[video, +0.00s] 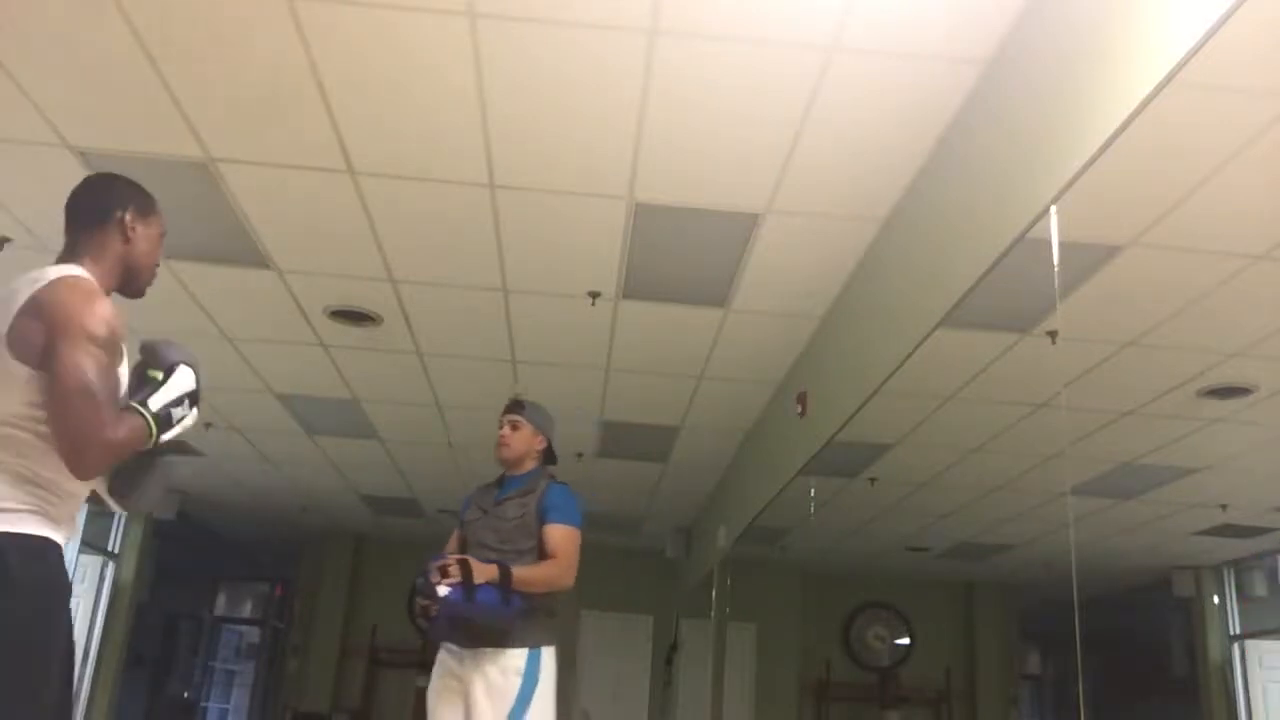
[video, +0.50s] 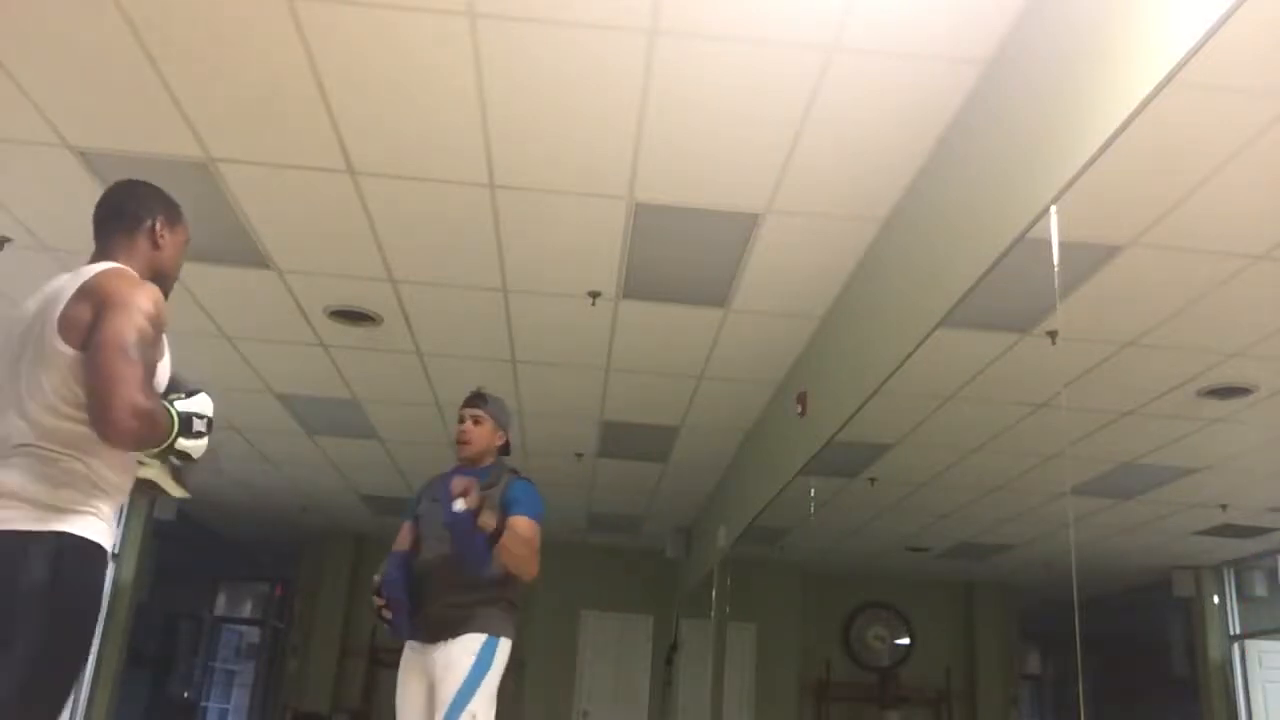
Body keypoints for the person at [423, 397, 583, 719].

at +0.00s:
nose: (502, 433)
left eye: (515, 426)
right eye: (501, 426)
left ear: (540, 442)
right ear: (498, 435)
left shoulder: (556, 495)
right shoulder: (480, 497)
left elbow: (563, 573)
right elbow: (450, 556)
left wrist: (489, 572)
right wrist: (438, 578)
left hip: (516, 657)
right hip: (455, 651)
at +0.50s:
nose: (463, 428)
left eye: (476, 420)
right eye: (460, 420)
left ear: (500, 437)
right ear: (455, 429)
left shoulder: (516, 489)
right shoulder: (434, 488)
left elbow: (528, 566)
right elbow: (401, 550)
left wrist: (482, 516)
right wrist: (389, 587)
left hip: (477, 632)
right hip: (422, 631)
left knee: (460, 713)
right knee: (411, 713)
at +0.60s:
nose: (459, 426)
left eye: (472, 418)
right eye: (457, 419)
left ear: (497, 436)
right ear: (450, 428)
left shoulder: (511, 486)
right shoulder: (425, 487)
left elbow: (528, 561)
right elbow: (393, 551)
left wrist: (495, 509)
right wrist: (377, 588)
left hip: (473, 636)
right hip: (417, 636)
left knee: (456, 713)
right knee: (410, 714)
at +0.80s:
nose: (452, 420)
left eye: (465, 413)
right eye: (449, 413)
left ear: (489, 432)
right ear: (442, 423)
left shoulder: (503, 487)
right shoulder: (413, 486)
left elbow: (525, 567)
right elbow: (381, 549)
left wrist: (471, 539)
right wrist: (364, 591)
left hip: (458, 641)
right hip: (403, 639)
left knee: (438, 713)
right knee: (400, 713)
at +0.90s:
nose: (448, 415)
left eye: (462, 409)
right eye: (446, 408)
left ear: (485, 428)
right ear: (438, 420)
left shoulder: (496, 489)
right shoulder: (410, 482)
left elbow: (517, 573)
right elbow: (375, 544)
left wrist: (453, 567)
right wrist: (354, 588)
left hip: (450, 641)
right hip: (395, 637)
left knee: (435, 713)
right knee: (394, 713)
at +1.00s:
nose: (443, 408)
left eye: (457, 403)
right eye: (441, 401)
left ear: (480, 424)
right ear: (432, 413)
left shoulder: (489, 488)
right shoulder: (404, 476)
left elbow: (506, 575)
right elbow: (366, 542)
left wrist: (442, 572)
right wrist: (347, 581)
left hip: (445, 640)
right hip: (390, 637)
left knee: (427, 712)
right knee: (387, 712)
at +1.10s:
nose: (437, 402)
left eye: (451, 397)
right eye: (434, 396)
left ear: (475, 419)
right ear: (427, 409)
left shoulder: (482, 484)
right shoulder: (398, 470)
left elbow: (497, 571)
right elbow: (361, 528)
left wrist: (430, 555)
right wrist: (337, 577)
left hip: (439, 637)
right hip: (384, 634)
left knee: (421, 712)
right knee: (379, 713)